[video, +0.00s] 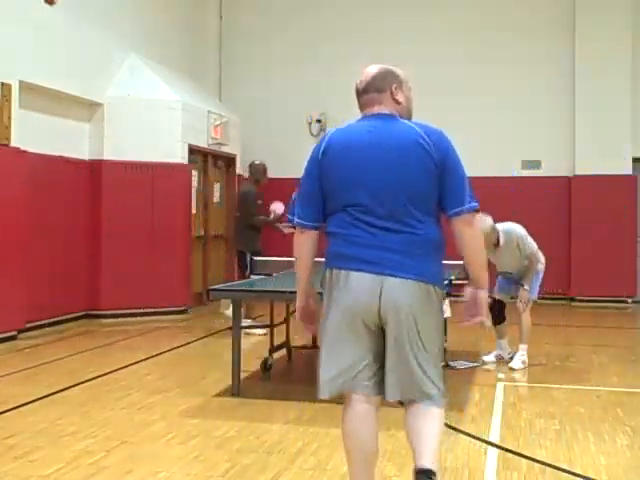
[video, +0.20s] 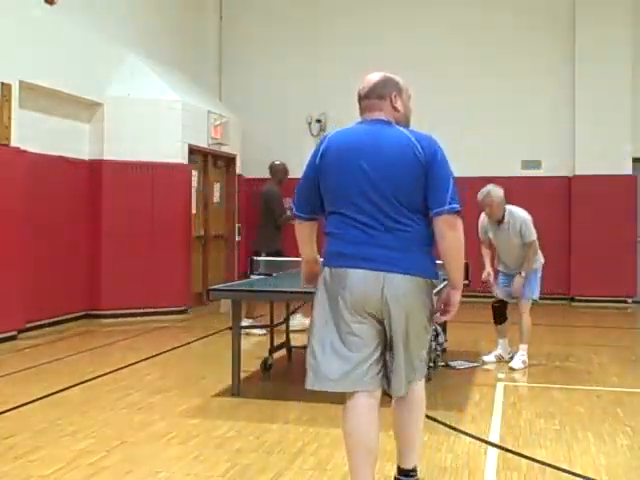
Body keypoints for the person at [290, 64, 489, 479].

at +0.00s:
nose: (412, 101)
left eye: (409, 93)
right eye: (409, 93)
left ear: (362, 101)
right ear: (398, 94)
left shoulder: (331, 144)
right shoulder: (432, 141)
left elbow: (305, 225)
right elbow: (464, 218)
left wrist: (304, 292)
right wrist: (479, 284)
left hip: (349, 285)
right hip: (414, 288)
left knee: (359, 394)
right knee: (424, 390)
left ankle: (360, 477)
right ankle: (426, 471)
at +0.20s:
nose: (409, 109)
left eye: (408, 102)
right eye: (408, 102)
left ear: (362, 105)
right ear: (396, 101)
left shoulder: (331, 145)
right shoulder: (424, 147)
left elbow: (304, 214)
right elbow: (447, 220)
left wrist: (310, 260)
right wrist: (455, 283)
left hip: (348, 275)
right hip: (408, 279)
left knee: (361, 386)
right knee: (410, 380)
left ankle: (361, 477)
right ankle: (408, 473)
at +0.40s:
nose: (413, 124)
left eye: (411, 116)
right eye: (411, 117)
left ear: (368, 118)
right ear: (400, 116)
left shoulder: (338, 156)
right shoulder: (425, 159)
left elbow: (312, 219)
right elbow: (451, 229)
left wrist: (318, 256)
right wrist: (471, 286)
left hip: (352, 278)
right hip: (409, 283)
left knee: (361, 387)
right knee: (406, 384)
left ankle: (362, 475)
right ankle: (404, 468)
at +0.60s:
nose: (417, 125)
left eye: (416, 119)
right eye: (416, 119)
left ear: (374, 118)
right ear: (404, 117)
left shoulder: (344, 154)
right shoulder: (429, 157)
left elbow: (321, 221)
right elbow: (458, 223)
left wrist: (320, 274)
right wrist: (485, 273)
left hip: (359, 273)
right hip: (416, 277)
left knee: (356, 363)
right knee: (410, 374)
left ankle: (356, 437)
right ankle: (403, 465)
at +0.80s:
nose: (413, 129)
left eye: (412, 123)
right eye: (412, 123)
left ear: (372, 122)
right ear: (400, 120)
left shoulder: (344, 156)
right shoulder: (424, 157)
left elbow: (326, 219)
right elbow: (456, 219)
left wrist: (318, 276)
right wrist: (473, 259)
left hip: (359, 269)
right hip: (411, 272)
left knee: (353, 355)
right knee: (404, 366)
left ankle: (350, 444)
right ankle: (402, 463)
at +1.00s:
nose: (402, 138)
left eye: (401, 131)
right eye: (400, 132)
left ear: (363, 131)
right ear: (389, 130)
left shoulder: (336, 165)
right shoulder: (411, 166)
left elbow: (318, 224)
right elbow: (441, 223)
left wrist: (309, 278)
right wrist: (447, 260)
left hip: (353, 273)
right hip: (402, 274)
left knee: (354, 357)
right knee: (400, 364)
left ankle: (347, 435)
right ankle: (401, 459)